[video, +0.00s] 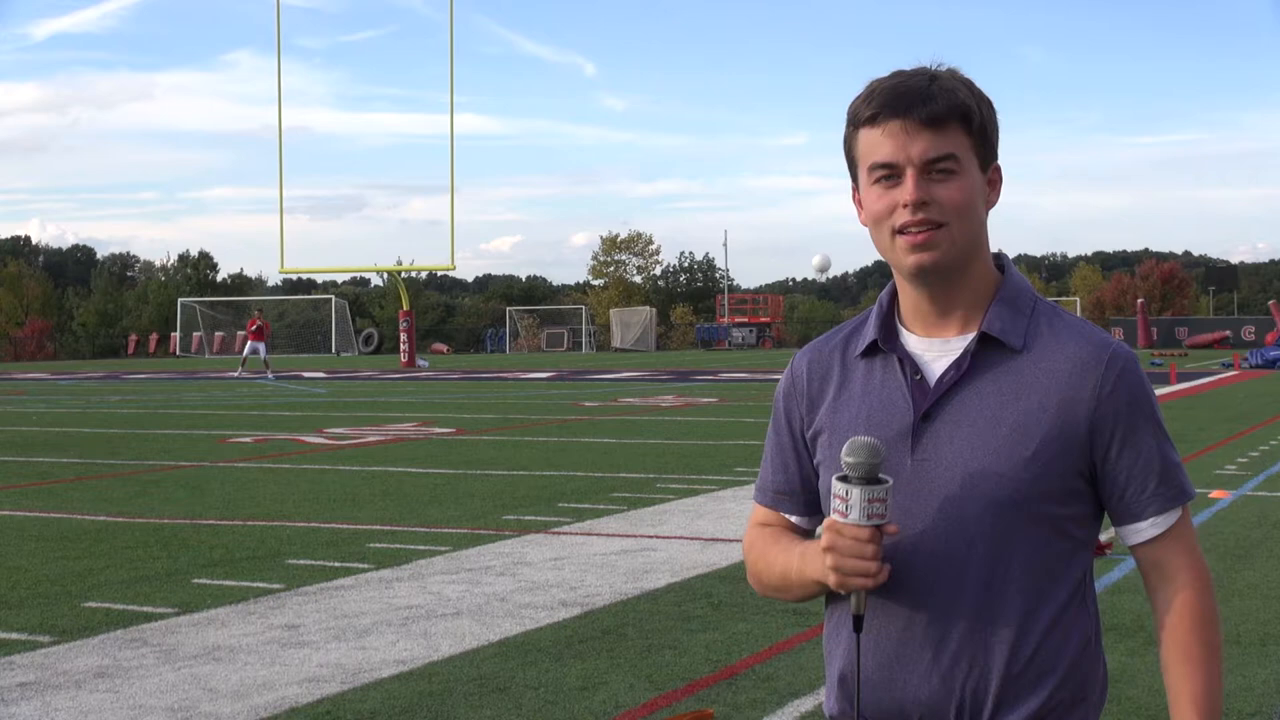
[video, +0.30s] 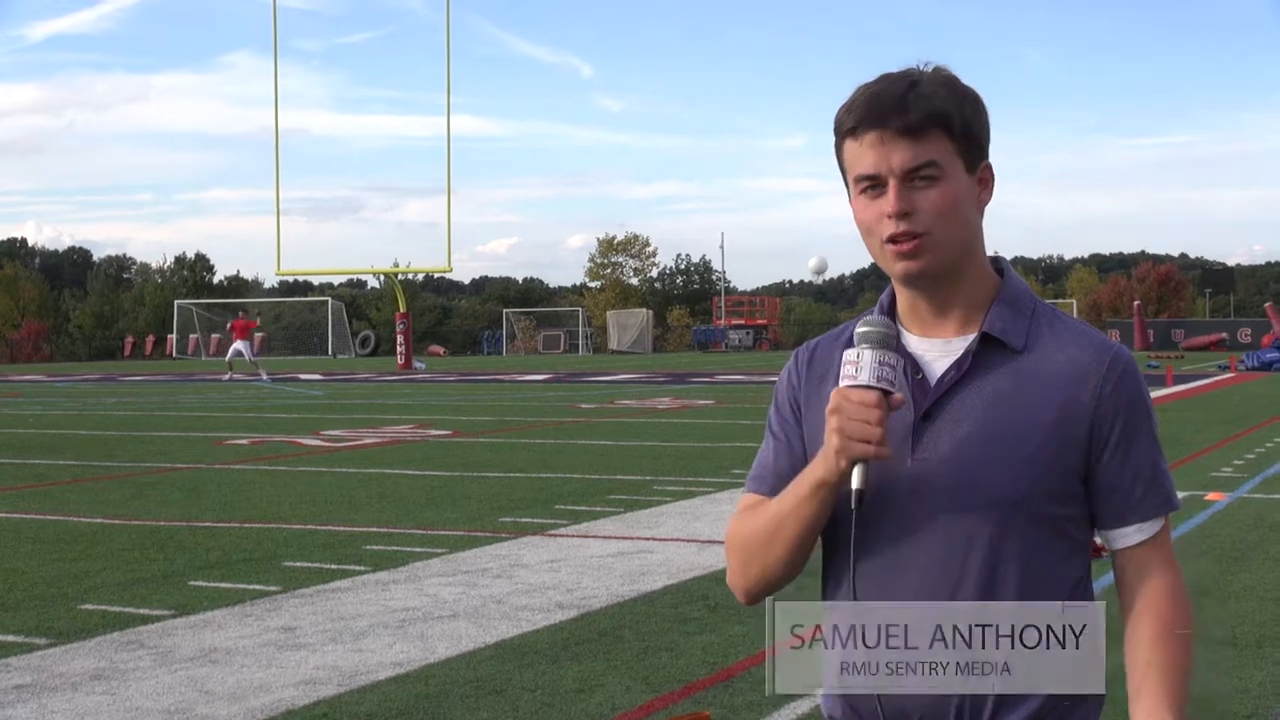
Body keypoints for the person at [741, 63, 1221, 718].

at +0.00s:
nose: (914, 196)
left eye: (941, 169)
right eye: (887, 175)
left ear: (990, 186)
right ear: (859, 203)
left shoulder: (1093, 372)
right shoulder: (816, 375)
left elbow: (1176, 578)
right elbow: (763, 551)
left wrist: (1193, 710)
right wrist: (815, 561)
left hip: (1040, 706)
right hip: (861, 706)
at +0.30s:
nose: (895, 209)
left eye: (923, 179)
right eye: (872, 187)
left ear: (982, 185)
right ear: (852, 206)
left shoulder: (1092, 373)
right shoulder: (817, 370)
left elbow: (1149, 579)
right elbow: (745, 575)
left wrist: (1154, 711)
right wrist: (827, 467)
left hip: (1037, 706)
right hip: (859, 706)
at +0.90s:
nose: (891, 210)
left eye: (921, 181)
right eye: (867, 186)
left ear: (979, 192)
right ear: (847, 204)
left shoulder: (1080, 376)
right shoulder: (807, 375)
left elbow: (1144, 583)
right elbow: (739, 582)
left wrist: (1069, 672)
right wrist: (816, 462)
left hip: (1023, 709)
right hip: (852, 707)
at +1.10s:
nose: (892, 212)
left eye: (926, 186)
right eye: (872, 184)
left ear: (984, 200)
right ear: (851, 196)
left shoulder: (1080, 380)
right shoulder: (804, 375)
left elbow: (1149, 570)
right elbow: (737, 585)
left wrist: (1140, 614)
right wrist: (804, 472)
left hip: (1025, 708)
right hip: (849, 707)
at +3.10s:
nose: (915, 202)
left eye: (943, 177)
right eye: (888, 181)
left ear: (987, 196)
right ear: (855, 207)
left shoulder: (1082, 383)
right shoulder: (804, 380)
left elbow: (1140, 613)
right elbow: (743, 585)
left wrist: (1105, 562)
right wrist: (827, 487)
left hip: (1027, 707)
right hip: (849, 707)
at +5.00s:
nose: (916, 201)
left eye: (944, 177)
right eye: (889, 179)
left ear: (981, 200)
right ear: (850, 204)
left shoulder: (1074, 382)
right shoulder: (794, 383)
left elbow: (1141, 583)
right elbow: (741, 587)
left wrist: (1090, 588)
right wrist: (821, 505)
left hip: (1021, 708)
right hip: (843, 707)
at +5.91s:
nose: (905, 203)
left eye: (941, 181)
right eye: (886, 176)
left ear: (992, 206)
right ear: (862, 195)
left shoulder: (1079, 381)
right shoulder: (798, 381)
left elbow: (1145, 611)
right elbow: (742, 586)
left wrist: (1118, 542)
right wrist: (817, 500)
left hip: (1026, 706)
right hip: (848, 707)